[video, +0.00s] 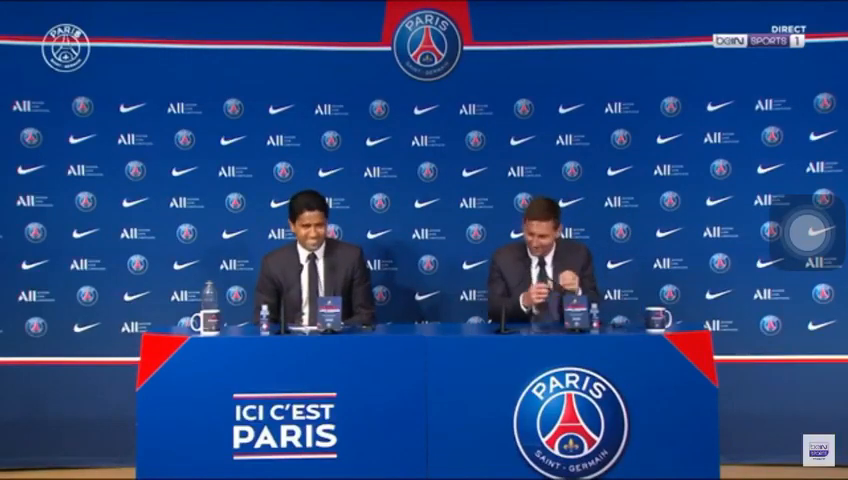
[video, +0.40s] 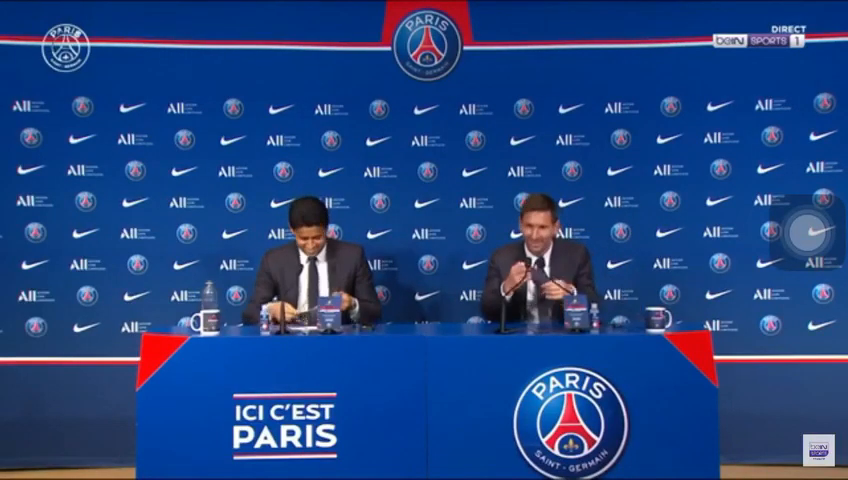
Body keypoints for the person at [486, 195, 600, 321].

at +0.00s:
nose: (534, 243)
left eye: (542, 236)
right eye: (530, 235)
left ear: (557, 232)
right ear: (524, 227)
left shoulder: (578, 253)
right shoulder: (503, 257)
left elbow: (594, 302)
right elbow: (495, 310)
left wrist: (578, 290)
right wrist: (524, 301)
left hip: (567, 340)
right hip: (519, 342)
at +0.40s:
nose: (535, 235)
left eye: (543, 227)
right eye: (529, 226)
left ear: (556, 227)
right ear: (521, 225)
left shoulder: (577, 253)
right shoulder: (503, 256)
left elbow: (593, 300)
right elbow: (488, 310)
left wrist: (572, 292)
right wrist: (507, 287)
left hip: (563, 340)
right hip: (515, 341)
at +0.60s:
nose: (535, 235)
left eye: (542, 227)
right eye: (529, 226)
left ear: (555, 226)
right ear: (520, 225)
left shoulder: (577, 253)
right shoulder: (503, 256)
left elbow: (597, 301)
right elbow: (488, 311)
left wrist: (577, 283)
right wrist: (502, 290)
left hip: (566, 339)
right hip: (518, 340)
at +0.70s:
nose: (536, 236)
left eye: (543, 228)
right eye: (530, 228)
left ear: (555, 226)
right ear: (520, 225)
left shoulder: (577, 253)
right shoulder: (503, 257)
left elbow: (597, 301)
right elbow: (488, 312)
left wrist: (577, 280)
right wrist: (501, 290)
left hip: (566, 339)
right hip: (519, 339)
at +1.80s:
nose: (546, 239)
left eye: (553, 231)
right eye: (540, 231)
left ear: (562, 224)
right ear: (527, 222)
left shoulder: (579, 254)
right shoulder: (504, 257)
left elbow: (595, 298)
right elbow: (491, 309)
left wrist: (565, 276)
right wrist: (512, 304)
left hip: (567, 338)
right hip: (520, 340)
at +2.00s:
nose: (548, 240)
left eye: (555, 234)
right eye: (543, 232)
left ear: (564, 226)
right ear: (530, 223)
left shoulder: (579, 254)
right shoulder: (504, 258)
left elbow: (595, 297)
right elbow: (490, 307)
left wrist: (567, 278)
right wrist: (511, 307)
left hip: (568, 340)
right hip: (520, 341)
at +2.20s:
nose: (546, 242)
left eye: (553, 235)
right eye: (541, 234)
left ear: (562, 227)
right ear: (529, 223)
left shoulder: (579, 254)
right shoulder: (504, 258)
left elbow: (601, 298)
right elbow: (490, 308)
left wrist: (578, 284)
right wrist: (509, 306)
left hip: (569, 342)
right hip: (521, 343)